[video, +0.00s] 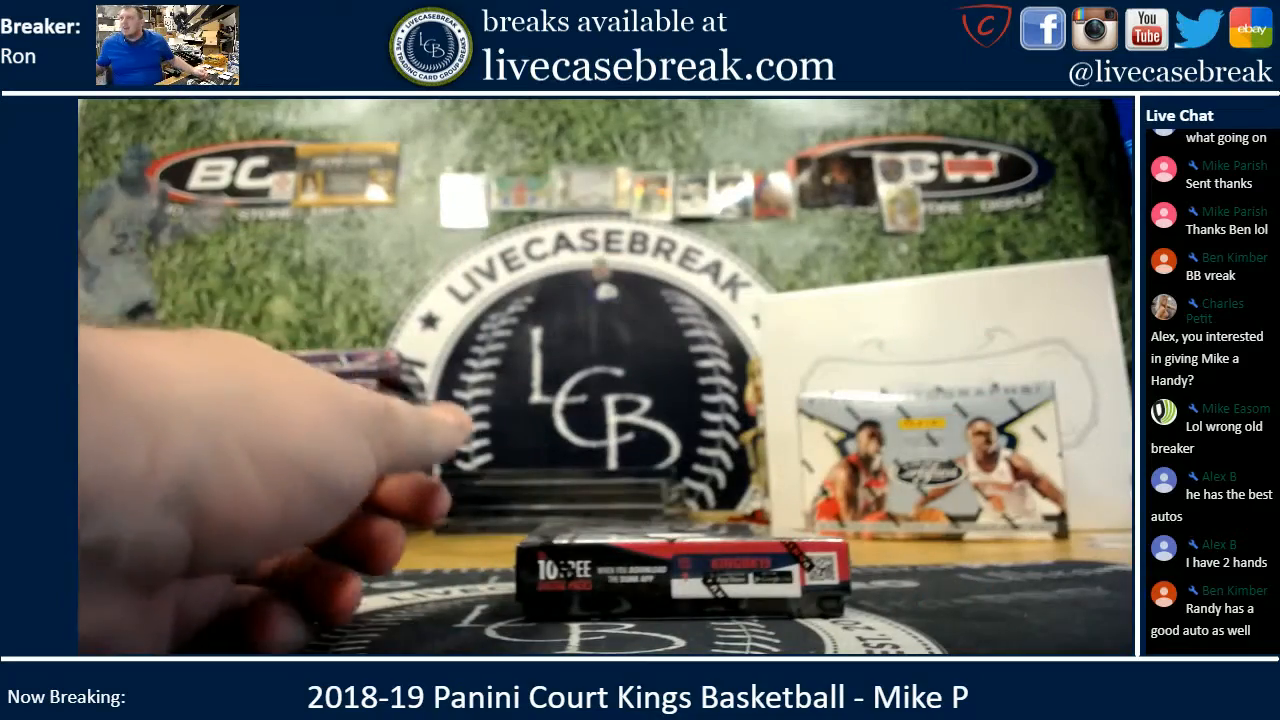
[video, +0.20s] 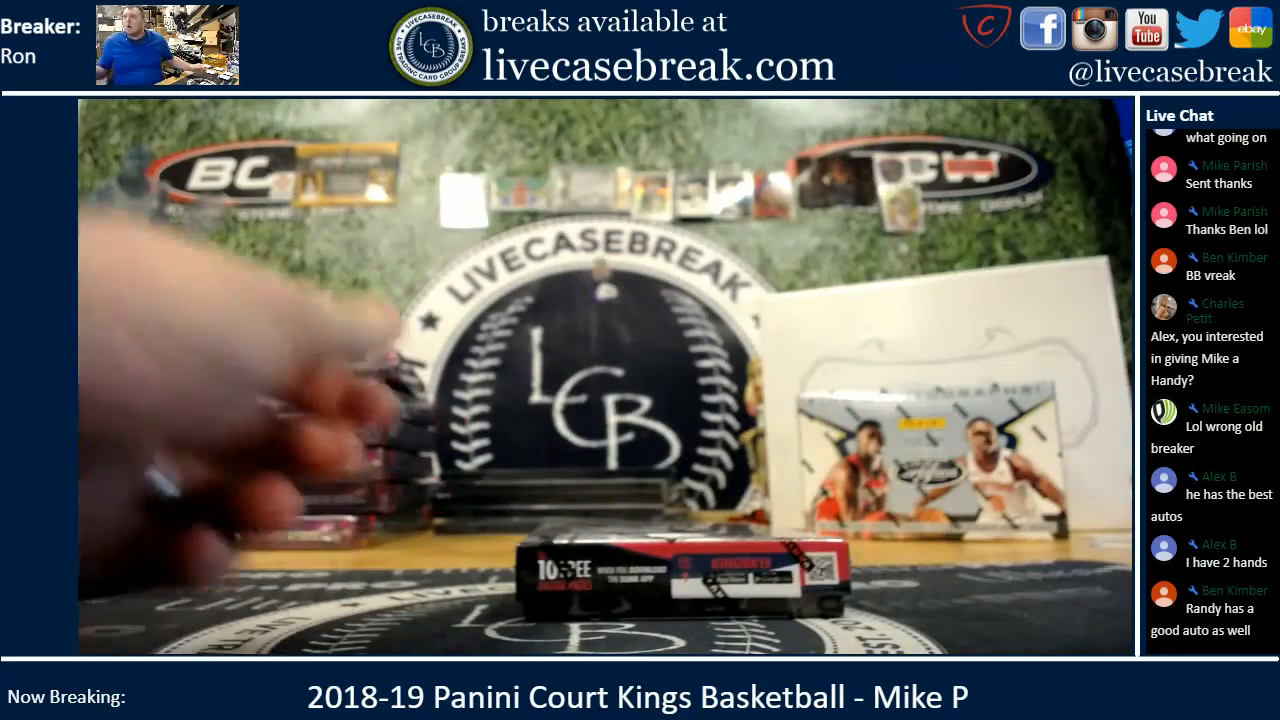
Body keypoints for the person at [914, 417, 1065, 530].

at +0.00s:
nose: (985, 439)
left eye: (989, 434)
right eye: (979, 434)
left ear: (995, 437)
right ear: (969, 438)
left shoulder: (1014, 462)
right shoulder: (964, 464)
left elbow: (1038, 481)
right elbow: (945, 486)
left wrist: (1062, 503)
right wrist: (921, 503)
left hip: (1025, 520)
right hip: (989, 521)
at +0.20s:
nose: (985, 439)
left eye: (988, 434)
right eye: (979, 434)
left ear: (995, 437)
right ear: (969, 438)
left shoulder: (1013, 461)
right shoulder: (964, 464)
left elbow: (1038, 481)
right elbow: (945, 486)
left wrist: (1063, 503)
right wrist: (922, 502)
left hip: (1025, 519)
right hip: (989, 521)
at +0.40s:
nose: (985, 439)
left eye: (988, 434)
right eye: (979, 434)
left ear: (995, 437)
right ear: (969, 438)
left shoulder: (1013, 461)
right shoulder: (964, 464)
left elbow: (1038, 481)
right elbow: (945, 485)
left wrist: (1062, 502)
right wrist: (922, 502)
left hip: (1025, 519)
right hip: (990, 521)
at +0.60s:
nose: (985, 439)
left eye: (988, 434)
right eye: (979, 434)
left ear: (995, 437)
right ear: (969, 438)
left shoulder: (1014, 462)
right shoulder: (964, 464)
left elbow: (1038, 481)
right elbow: (946, 485)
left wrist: (1062, 503)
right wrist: (923, 501)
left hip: (1025, 518)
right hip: (990, 520)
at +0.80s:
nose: (984, 439)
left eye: (988, 434)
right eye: (978, 434)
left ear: (995, 437)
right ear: (969, 438)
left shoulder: (1014, 462)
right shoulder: (964, 464)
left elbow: (1038, 481)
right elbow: (946, 485)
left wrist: (1062, 504)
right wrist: (923, 501)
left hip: (1025, 518)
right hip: (990, 519)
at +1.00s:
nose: (985, 439)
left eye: (989, 434)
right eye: (979, 434)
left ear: (995, 437)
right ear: (969, 438)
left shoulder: (1014, 462)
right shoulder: (964, 464)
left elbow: (1038, 481)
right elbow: (946, 485)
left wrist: (1062, 503)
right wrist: (922, 501)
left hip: (1025, 519)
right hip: (989, 520)